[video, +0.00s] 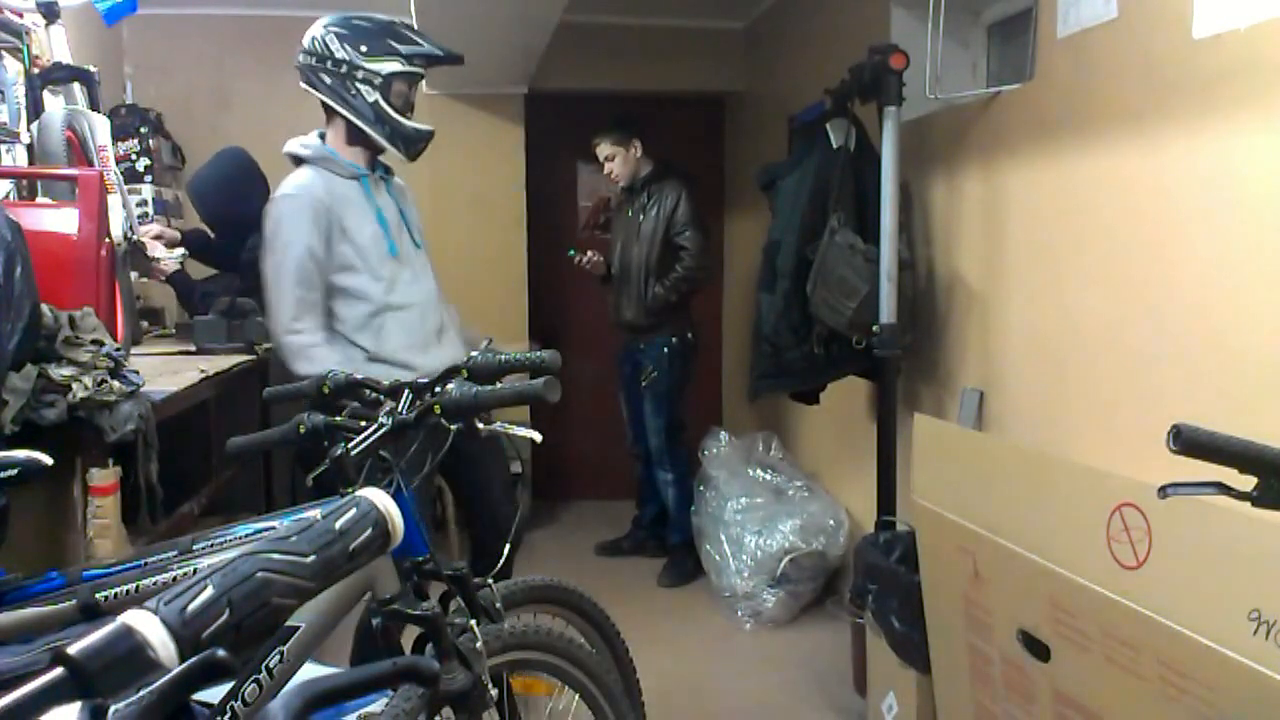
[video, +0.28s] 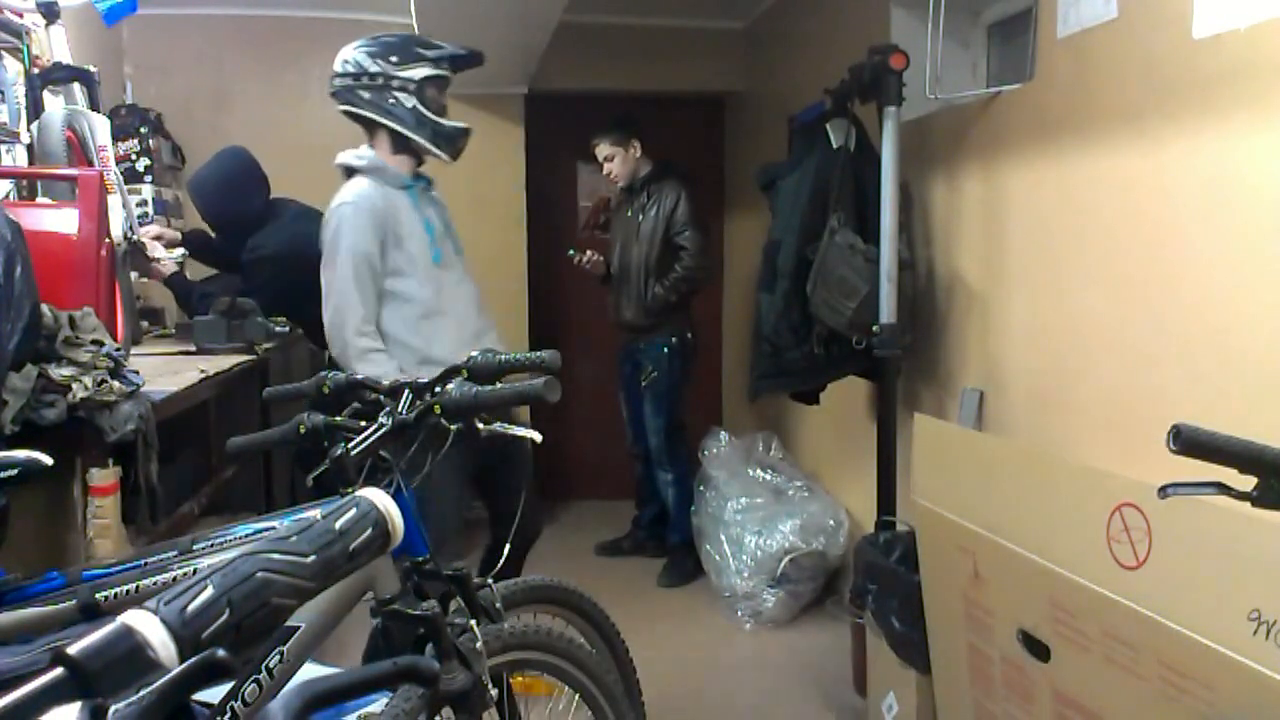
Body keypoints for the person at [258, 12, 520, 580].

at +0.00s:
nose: (413, 105)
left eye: (414, 92)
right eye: (403, 91)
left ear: (365, 91)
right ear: (355, 89)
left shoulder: (393, 189)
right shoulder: (302, 198)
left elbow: (422, 298)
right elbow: (298, 335)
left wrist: (475, 352)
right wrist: (380, 396)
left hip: (446, 394)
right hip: (376, 412)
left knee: (497, 522)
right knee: (394, 570)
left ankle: (474, 649)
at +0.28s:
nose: (446, 109)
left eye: (444, 96)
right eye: (436, 96)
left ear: (403, 105)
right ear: (398, 103)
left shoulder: (422, 195)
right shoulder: (358, 205)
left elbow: (460, 307)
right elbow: (350, 333)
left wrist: (505, 376)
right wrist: (404, 408)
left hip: (478, 401)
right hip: (421, 415)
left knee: (520, 523)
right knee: (431, 558)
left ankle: (476, 634)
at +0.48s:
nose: (478, 123)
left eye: (476, 111)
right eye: (466, 111)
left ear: (437, 120)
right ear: (430, 118)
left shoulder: (457, 208)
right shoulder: (413, 211)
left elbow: (511, 291)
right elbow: (446, 317)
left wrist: (583, 304)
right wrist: (544, 318)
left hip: (492, 398)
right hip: (444, 408)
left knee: (552, 525)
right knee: (465, 552)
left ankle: (490, 622)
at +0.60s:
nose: (498, 130)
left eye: (494, 116)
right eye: (484, 116)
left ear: (453, 125)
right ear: (446, 123)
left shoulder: (468, 208)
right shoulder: (433, 212)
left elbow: (533, 281)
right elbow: (472, 312)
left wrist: (603, 304)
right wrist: (571, 321)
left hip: (512, 401)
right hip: (471, 411)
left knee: (558, 524)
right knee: (486, 559)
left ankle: (493, 612)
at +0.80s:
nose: (519, 116)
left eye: (517, 104)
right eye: (505, 104)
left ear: (469, 118)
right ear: (468, 113)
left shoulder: (482, 193)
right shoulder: (469, 199)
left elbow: (496, 303)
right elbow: (480, 311)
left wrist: (576, 344)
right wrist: (570, 352)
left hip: (542, 388)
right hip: (525, 393)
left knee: (557, 518)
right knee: (558, 525)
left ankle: (498, 617)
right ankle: (491, 620)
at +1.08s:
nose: (557, 124)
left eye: (555, 110)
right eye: (542, 112)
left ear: (504, 125)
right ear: (506, 119)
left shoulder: (504, 197)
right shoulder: (515, 203)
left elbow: (515, 321)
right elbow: (521, 323)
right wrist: (583, 391)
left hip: (563, 398)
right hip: (587, 396)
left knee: (568, 514)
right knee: (635, 533)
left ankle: (496, 621)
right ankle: (610, 683)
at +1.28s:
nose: (594, 147)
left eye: (590, 133)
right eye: (580, 134)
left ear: (534, 145)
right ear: (547, 141)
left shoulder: (532, 213)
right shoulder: (560, 210)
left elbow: (597, 308)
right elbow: (643, 260)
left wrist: (667, 274)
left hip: (562, 418)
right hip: (593, 421)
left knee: (593, 541)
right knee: (696, 548)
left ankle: (496, 615)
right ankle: (635, 695)